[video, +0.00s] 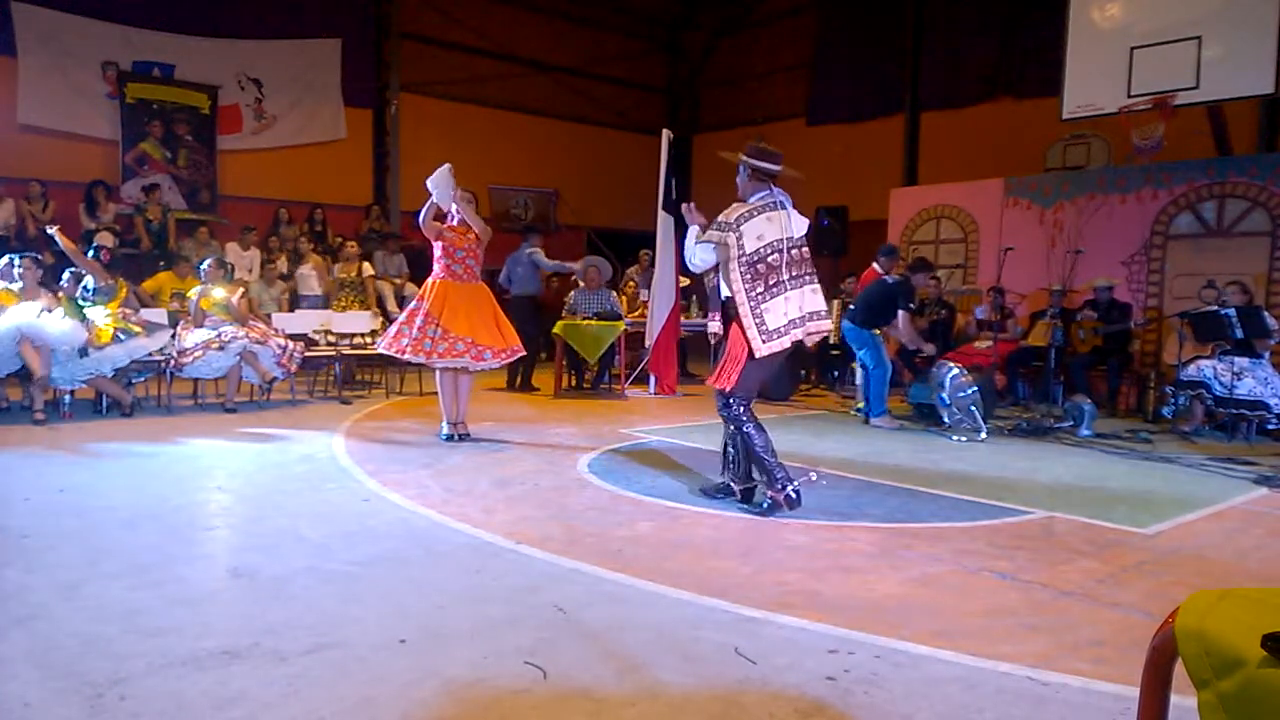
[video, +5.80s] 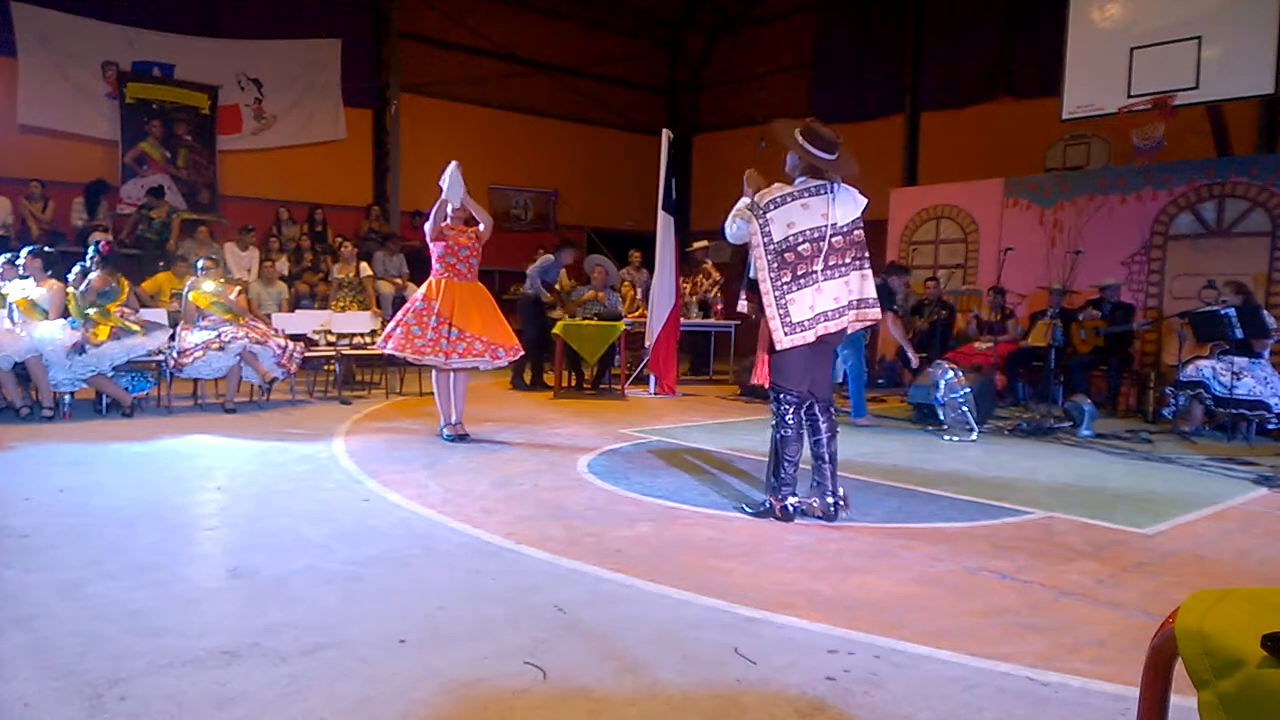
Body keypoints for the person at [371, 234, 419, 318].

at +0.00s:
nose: (396, 245)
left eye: (397, 242)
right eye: (393, 242)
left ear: (398, 243)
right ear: (387, 243)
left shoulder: (400, 256)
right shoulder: (379, 254)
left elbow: (406, 272)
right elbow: (379, 273)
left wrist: (402, 283)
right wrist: (393, 282)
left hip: (398, 278)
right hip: (383, 278)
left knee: (413, 291)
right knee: (387, 291)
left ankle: (408, 315)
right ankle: (394, 314)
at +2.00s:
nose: (395, 244)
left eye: (396, 241)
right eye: (392, 241)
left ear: (398, 243)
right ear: (386, 243)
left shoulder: (400, 255)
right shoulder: (378, 255)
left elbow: (405, 272)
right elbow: (379, 274)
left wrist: (403, 282)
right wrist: (393, 281)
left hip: (397, 278)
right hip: (384, 278)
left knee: (412, 289)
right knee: (386, 289)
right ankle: (393, 313)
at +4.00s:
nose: (397, 245)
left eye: (398, 243)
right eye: (394, 243)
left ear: (399, 244)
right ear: (388, 243)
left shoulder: (400, 256)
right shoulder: (379, 254)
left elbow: (405, 272)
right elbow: (380, 273)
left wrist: (404, 282)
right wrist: (394, 283)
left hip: (398, 278)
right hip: (383, 278)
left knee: (414, 291)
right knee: (387, 291)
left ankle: (418, 317)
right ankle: (387, 318)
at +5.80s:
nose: (396, 246)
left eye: (398, 243)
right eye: (394, 243)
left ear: (400, 244)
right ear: (387, 244)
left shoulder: (400, 256)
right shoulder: (379, 255)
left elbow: (405, 272)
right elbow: (380, 274)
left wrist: (404, 282)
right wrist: (394, 283)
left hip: (398, 278)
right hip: (384, 278)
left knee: (413, 291)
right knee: (387, 292)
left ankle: (417, 316)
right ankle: (387, 317)